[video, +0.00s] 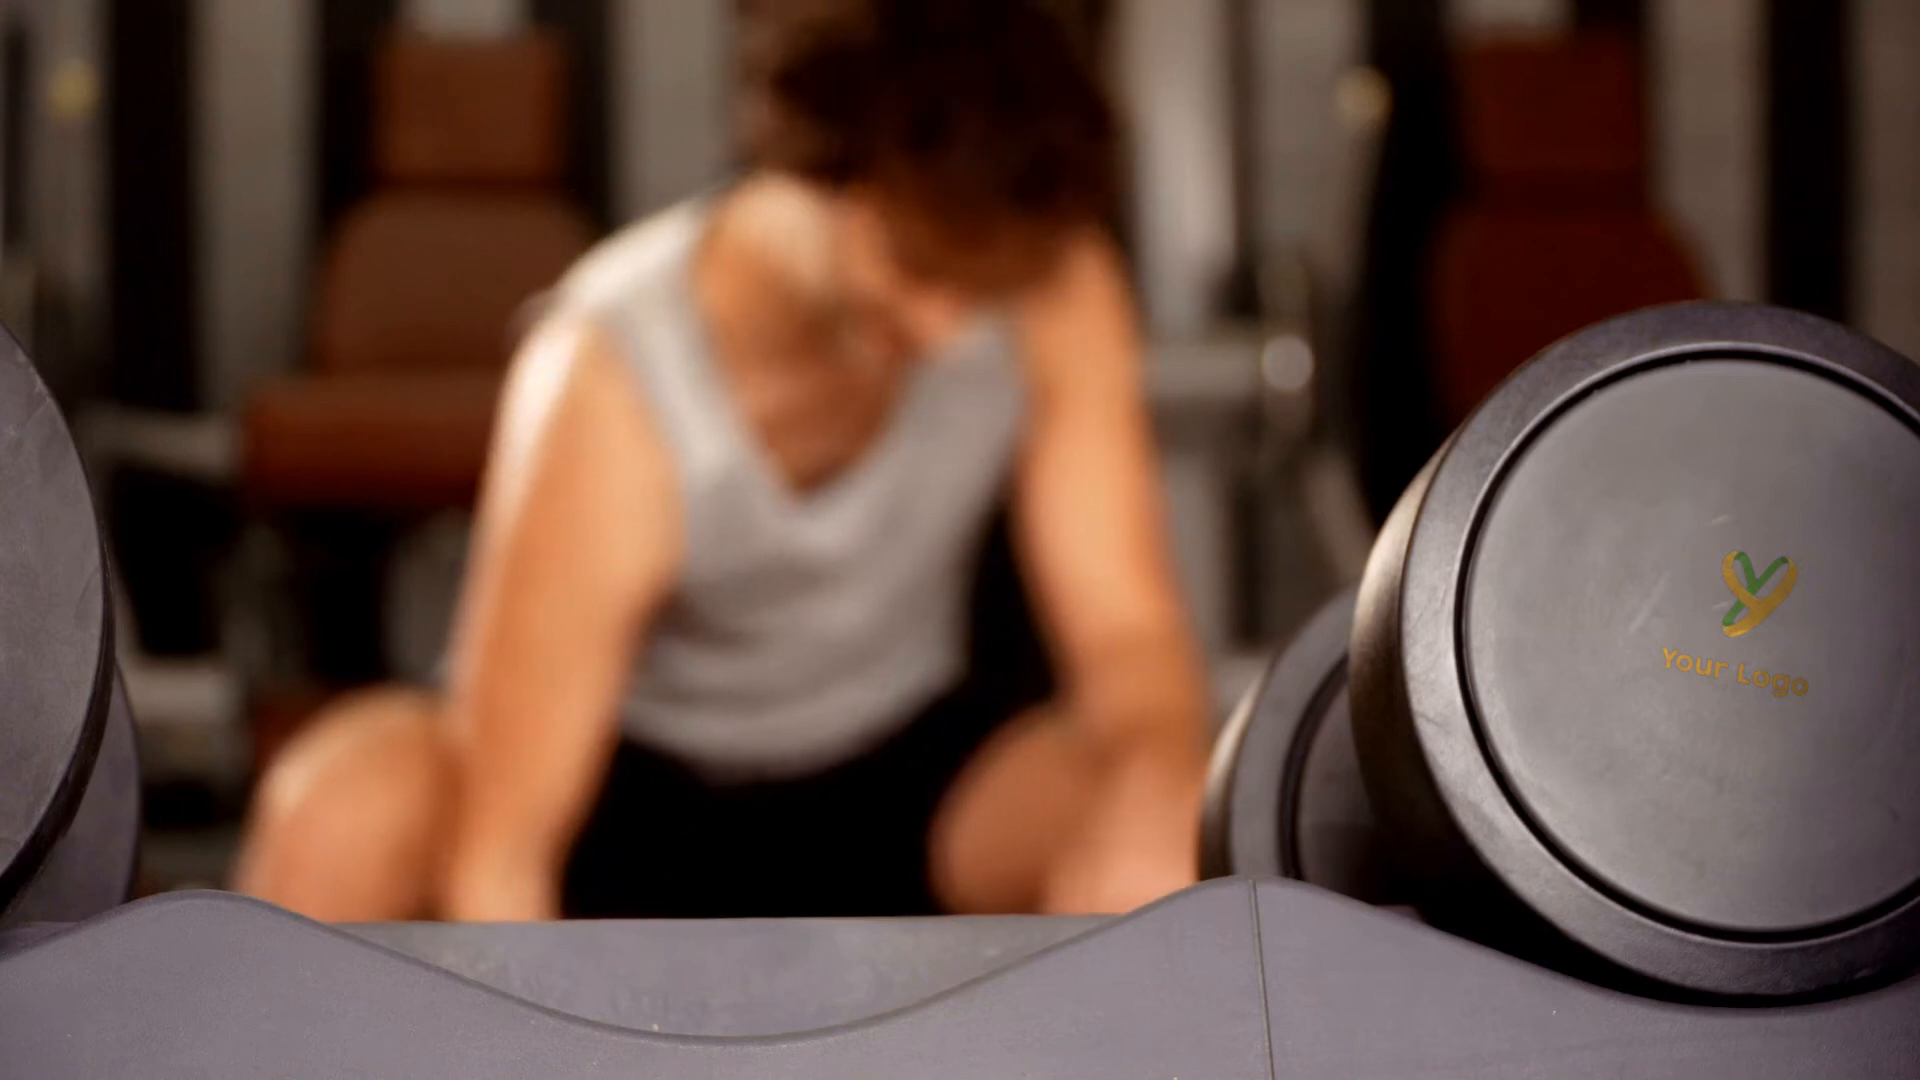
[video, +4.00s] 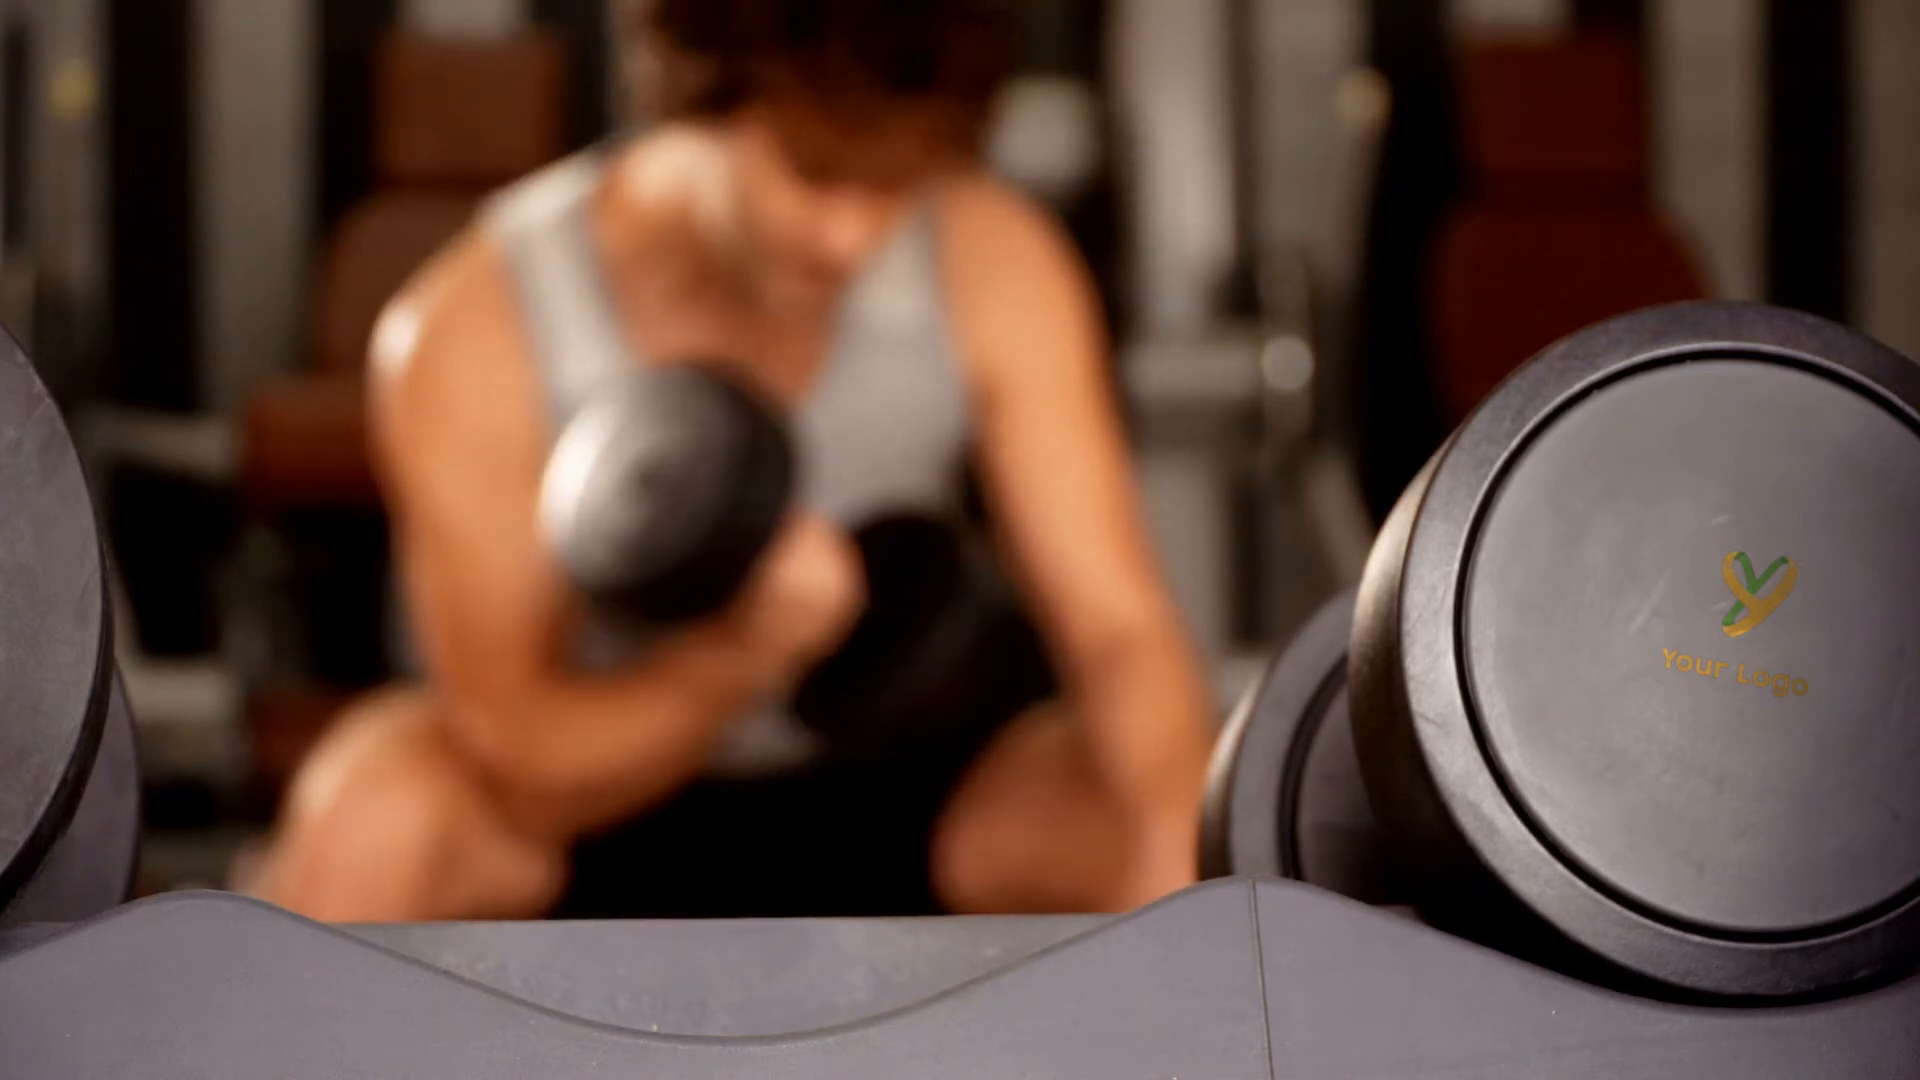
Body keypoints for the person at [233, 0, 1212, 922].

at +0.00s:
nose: (950, 332)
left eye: (996, 287)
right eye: (918, 276)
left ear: (1043, 241)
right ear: (830, 184)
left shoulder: (1049, 272)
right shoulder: (611, 374)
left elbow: (1130, 656)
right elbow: (504, 849)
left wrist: (1148, 851)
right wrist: (532, 1078)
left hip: (899, 788)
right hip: (625, 803)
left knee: (1157, 802)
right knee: (344, 789)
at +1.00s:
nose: (886, 303)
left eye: (926, 263)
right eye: (859, 248)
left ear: (980, 205)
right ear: (764, 148)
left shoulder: (1010, 262)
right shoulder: (492, 318)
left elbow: (1121, 639)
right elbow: (509, 749)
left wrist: (1182, 877)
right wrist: (735, 696)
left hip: (900, 786)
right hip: (598, 796)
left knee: (1169, 807)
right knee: (351, 798)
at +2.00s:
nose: (923, 296)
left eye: (976, 253)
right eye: (896, 233)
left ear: (1032, 206)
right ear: (810, 134)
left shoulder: (1056, 266)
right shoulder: (596, 334)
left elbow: (1137, 643)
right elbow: (523, 804)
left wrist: (1210, 828)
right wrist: (604, 1060)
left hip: (901, 779)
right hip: (626, 792)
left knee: (1193, 816)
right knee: (365, 801)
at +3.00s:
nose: (919, 264)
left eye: (970, 220)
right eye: (888, 202)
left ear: (1015, 174)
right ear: (793, 115)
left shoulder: (1044, 254)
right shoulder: (595, 327)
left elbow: (1128, 639)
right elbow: (503, 778)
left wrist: (1183, 863)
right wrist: (662, 1032)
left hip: (898, 780)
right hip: (627, 794)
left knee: (1187, 808)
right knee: (354, 789)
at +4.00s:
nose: (854, 233)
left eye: (901, 183)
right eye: (815, 173)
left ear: (949, 148)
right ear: (709, 102)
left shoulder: (990, 255)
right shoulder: (466, 330)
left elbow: (1119, 633)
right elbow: (531, 771)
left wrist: (1180, 885)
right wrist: (750, 653)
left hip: (891, 783)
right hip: (598, 807)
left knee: (1181, 813)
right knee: (374, 804)